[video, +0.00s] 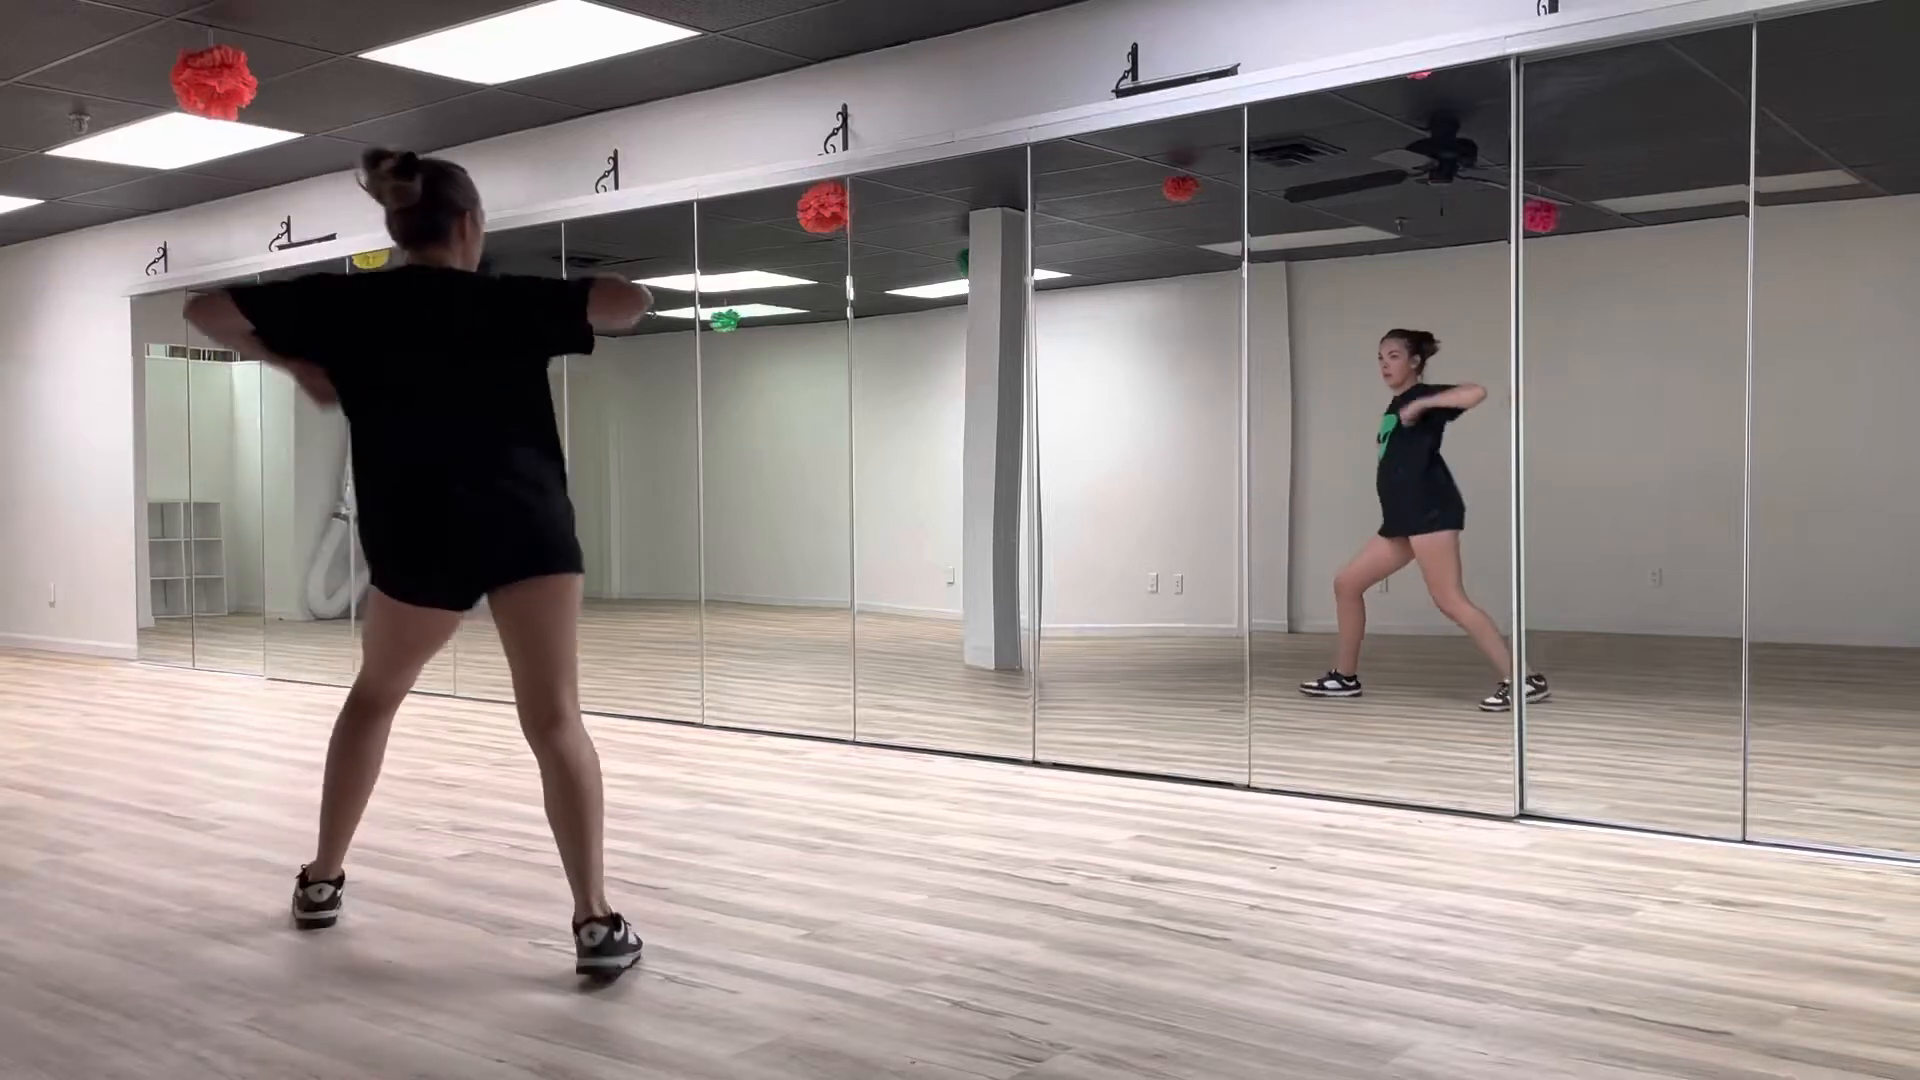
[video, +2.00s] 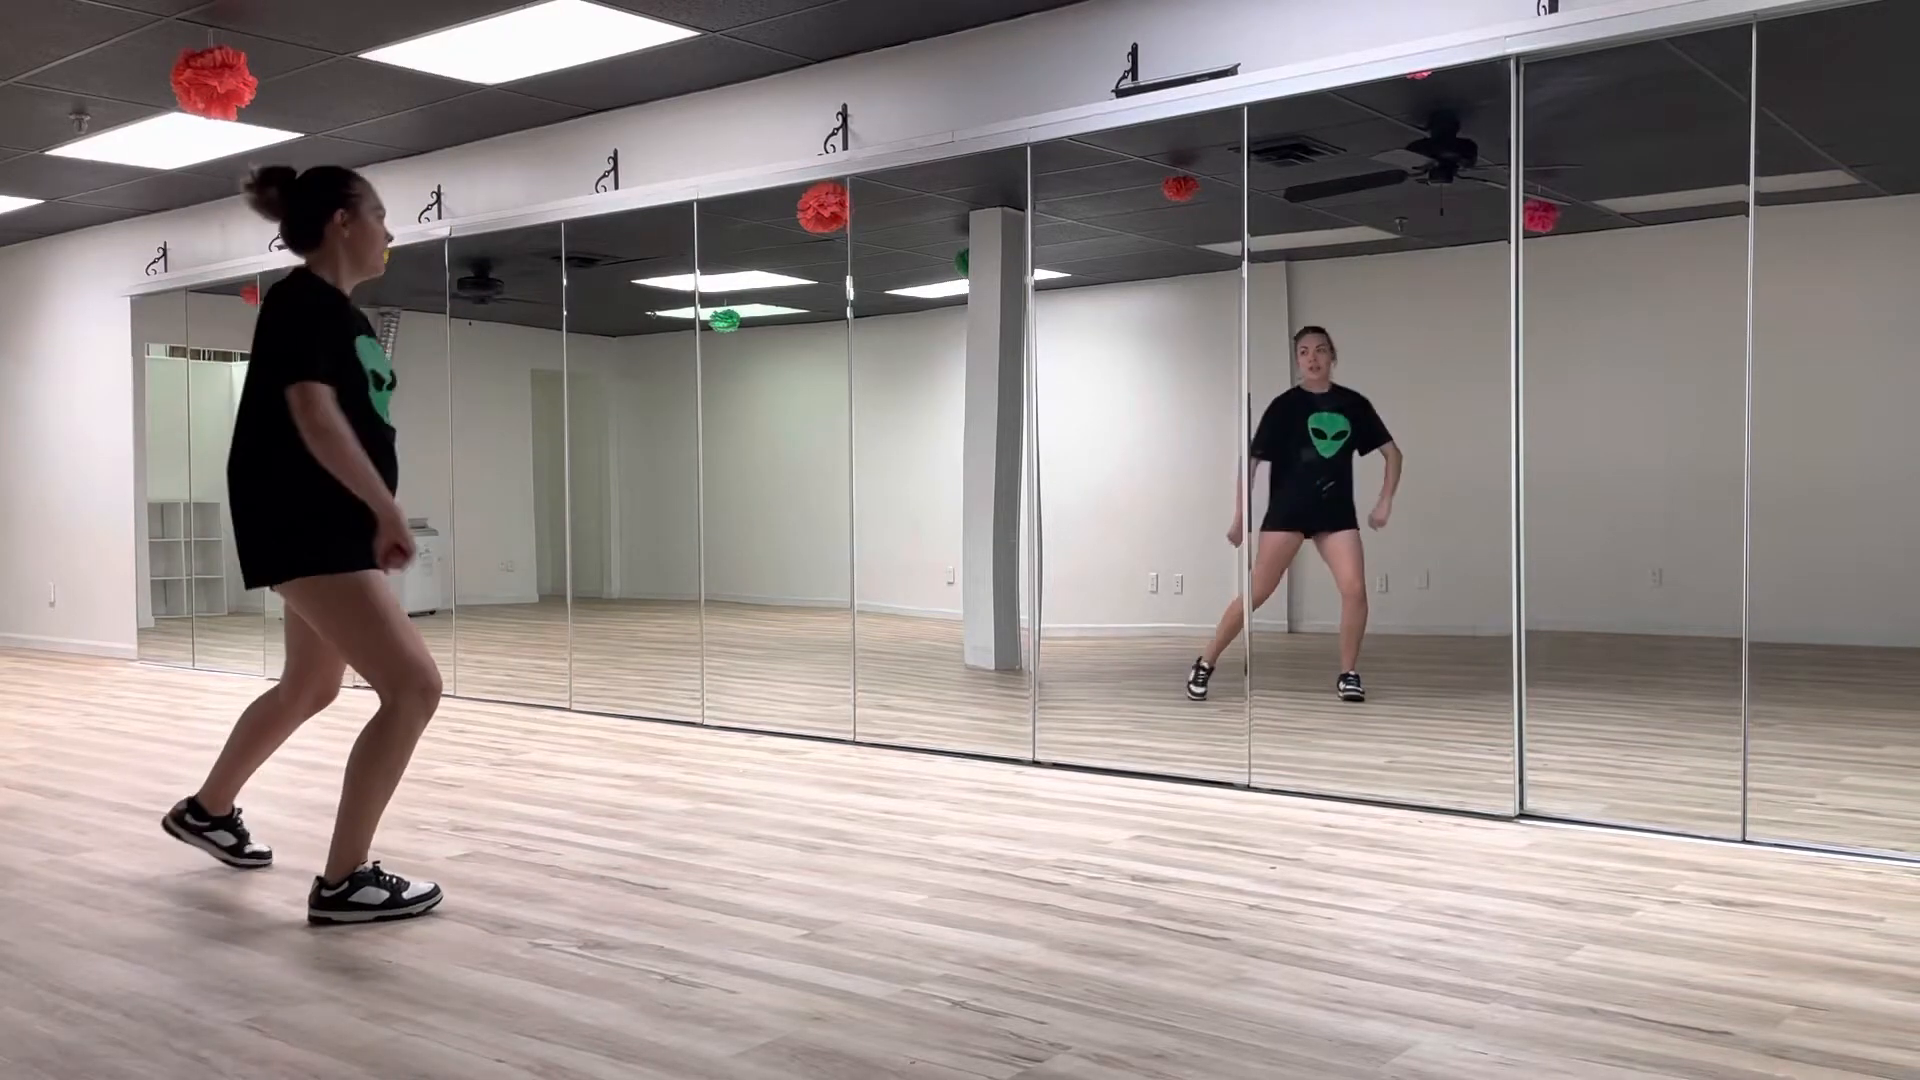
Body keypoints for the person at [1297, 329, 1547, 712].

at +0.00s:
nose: (1385, 365)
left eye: (1393, 357)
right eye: (1381, 358)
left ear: (1415, 361)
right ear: (1381, 363)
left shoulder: (1425, 396)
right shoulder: (1397, 404)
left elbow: (1475, 393)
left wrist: (1425, 403)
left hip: (1432, 515)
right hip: (1404, 519)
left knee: (1451, 601)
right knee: (1347, 584)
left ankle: (1518, 678)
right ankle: (1344, 676)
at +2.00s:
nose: (1312, 357)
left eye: (1320, 350)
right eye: (1305, 352)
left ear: (1332, 358)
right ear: (1296, 360)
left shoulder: (1354, 404)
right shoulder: (1283, 406)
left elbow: (1392, 453)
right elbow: (1251, 464)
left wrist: (1385, 500)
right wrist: (1239, 517)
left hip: (1336, 514)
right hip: (1287, 513)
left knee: (1355, 591)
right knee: (1258, 592)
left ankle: (1348, 673)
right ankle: (1207, 662)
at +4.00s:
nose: (1387, 335)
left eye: (1395, 327)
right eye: (1380, 328)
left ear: (1409, 332)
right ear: (1371, 334)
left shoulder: (1427, 371)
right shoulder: (1357, 377)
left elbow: (1428, 425)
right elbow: (1354, 424)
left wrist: (1434, 465)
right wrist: (1350, 448)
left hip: (1413, 484)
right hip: (1365, 486)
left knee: (1433, 574)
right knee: (1353, 581)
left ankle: (1476, 671)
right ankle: (1345, 674)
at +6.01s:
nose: (1276, 342)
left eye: (1284, 336)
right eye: (1269, 335)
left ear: (1296, 341)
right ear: (1259, 340)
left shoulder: (1316, 380)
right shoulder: (1245, 388)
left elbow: (1323, 441)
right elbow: (1245, 451)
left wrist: (1332, 496)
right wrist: (1243, 506)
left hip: (1313, 493)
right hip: (1265, 496)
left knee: (1323, 575)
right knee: (1271, 581)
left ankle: (1301, 650)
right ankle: (1274, 666)